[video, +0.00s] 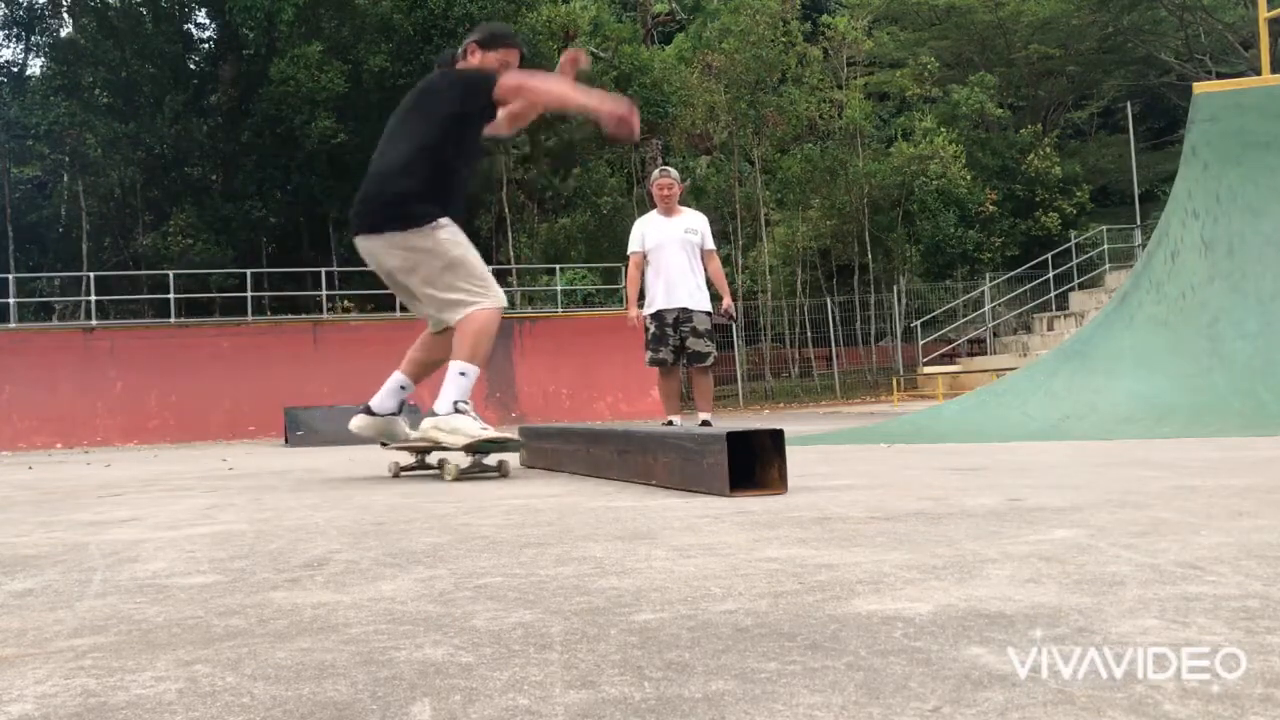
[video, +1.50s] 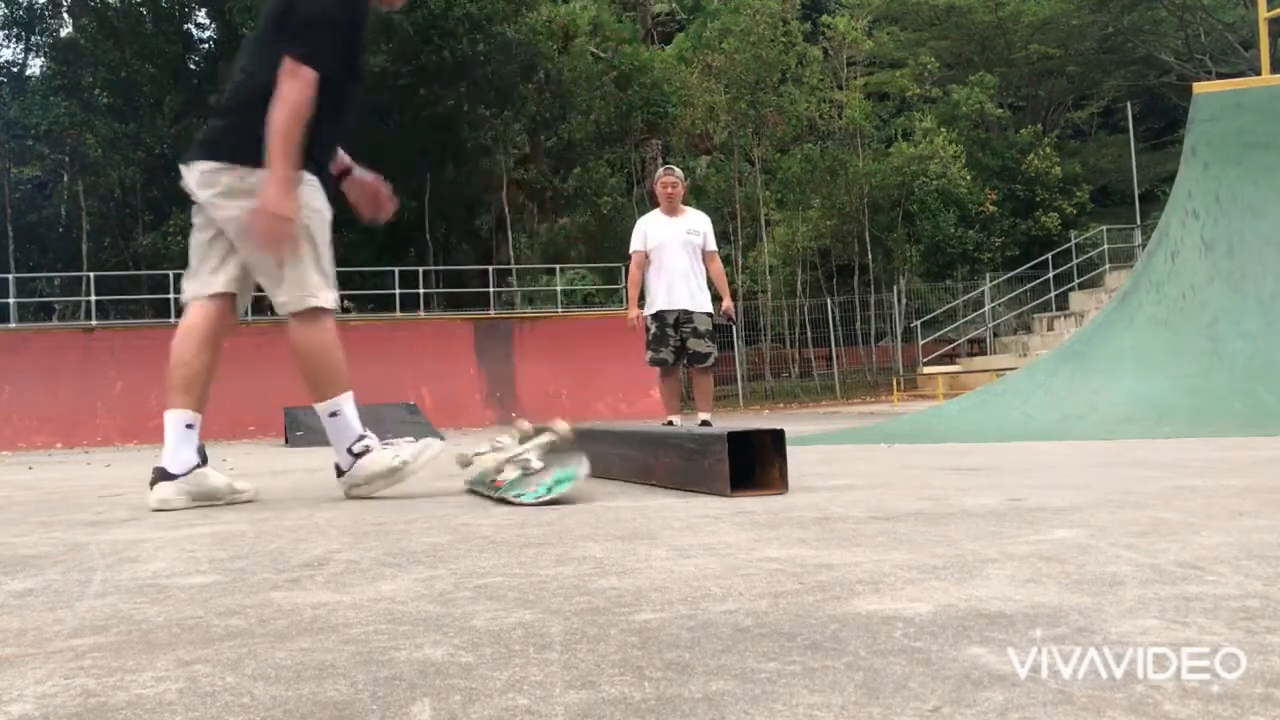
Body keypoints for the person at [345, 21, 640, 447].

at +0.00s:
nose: (508, 77)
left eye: (512, 69)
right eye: (502, 66)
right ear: (472, 54)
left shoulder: (449, 101)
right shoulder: (455, 82)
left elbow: (505, 121)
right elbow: (522, 86)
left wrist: (557, 84)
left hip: (374, 226)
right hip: (409, 217)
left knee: (451, 324)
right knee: (485, 303)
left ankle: (382, 409)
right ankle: (451, 409)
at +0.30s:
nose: (574, 37)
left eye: (581, 31)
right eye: (576, 23)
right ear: (554, 4)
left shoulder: (535, 57)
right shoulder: (511, 9)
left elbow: (591, 54)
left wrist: (642, 31)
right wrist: (645, 12)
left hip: (413, 150)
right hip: (445, 122)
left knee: (478, 246)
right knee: (565, 157)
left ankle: (431, 368)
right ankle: (535, 285)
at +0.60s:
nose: (648, 93)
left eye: (655, 86)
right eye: (650, 79)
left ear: (622, 54)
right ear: (626, 53)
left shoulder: (565, 65)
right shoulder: (587, 72)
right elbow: (594, 162)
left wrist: (566, 181)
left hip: (432, 151)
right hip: (471, 148)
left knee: (520, 258)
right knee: (575, 234)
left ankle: (509, 389)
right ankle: (581, 371)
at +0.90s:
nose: (621, 33)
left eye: (629, 26)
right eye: (623, 19)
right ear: (596, 2)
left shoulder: (527, 10)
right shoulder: (554, 32)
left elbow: (444, 9)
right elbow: (486, 86)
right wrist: (425, 146)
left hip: (425, 149)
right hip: (475, 150)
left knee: (505, 258)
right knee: (566, 244)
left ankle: (503, 393)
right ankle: (590, 380)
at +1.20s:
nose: (508, 12)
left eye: (511, 6)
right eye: (507, 3)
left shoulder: (398, 7)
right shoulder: (451, 28)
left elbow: (307, 16)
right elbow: (484, 114)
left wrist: (222, 50)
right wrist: (549, 192)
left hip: (365, 175)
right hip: (339, 175)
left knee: (439, 280)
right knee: (401, 300)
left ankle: (398, 420)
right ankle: (372, 456)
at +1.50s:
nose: (403, 2)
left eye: (403, 1)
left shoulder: (329, 17)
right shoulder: (334, 8)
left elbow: (299, 108)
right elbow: (294, 83)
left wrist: (347, 172)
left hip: (222, 165)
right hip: (261, 169)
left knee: (207, 306)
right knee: (309, 308)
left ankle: (178, 467)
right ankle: (354, 453)